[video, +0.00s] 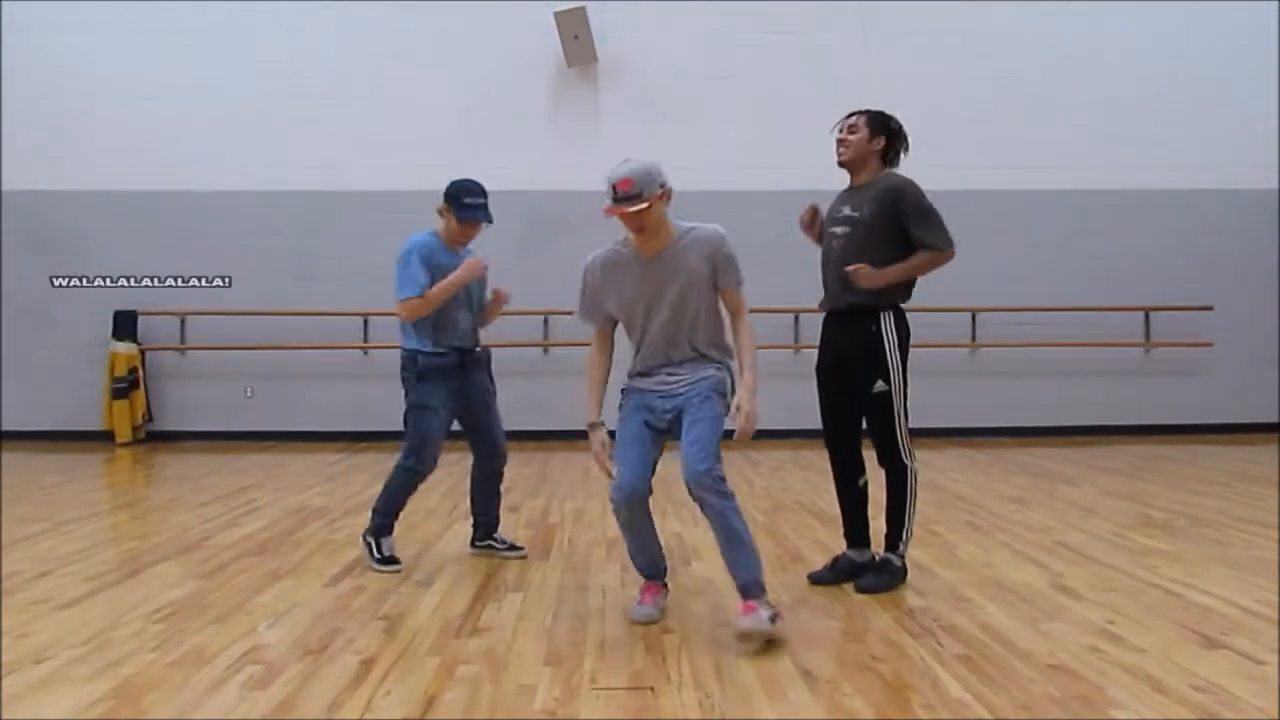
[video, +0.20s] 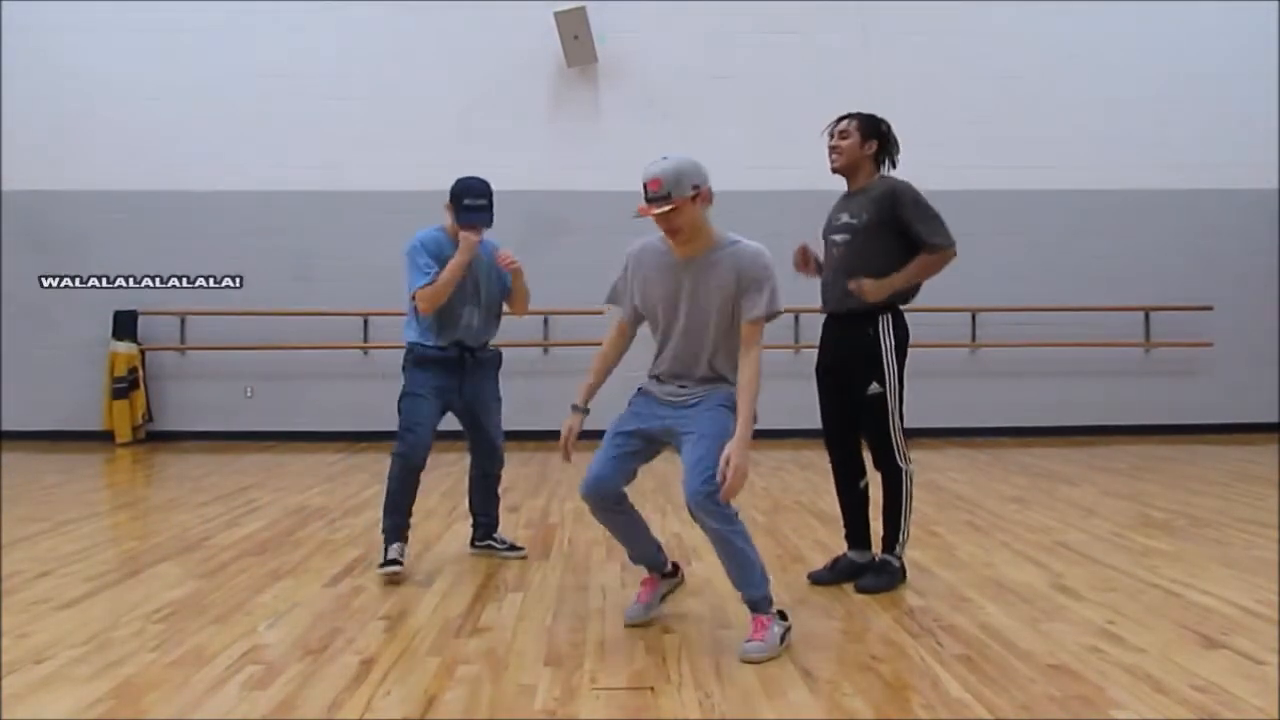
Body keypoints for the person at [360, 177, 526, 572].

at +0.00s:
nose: (471, 231)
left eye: (478, 223)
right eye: (464, 222)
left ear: (485, 221)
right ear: (443, 213)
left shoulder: (470, 258)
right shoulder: (417, 250)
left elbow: (472, 322)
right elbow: (408, 311)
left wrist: (493, 307)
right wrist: (460, 278)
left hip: (470, 365)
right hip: (428, 368)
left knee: (491, 450)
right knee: (421, 457)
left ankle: (485, 533)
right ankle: (378, 532)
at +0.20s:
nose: (473, 227)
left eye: (480, 220)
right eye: (466, 219)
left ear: (490, 216)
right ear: (450, 211)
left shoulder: (491, 251)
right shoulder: (424, 246)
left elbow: (518, 308)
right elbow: (426, 304)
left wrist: (517, 277)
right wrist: (461, 258)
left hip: (478, 367)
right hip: (428, 365)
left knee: (490, 449)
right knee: (412, 449)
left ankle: (485, 532)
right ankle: (395, 541)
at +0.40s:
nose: (446, 232)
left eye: (453, 224)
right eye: (438, 224)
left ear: (465, 216)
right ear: (424, 218)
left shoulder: (480, 252)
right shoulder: (404, 252)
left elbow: (499, 314)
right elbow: (411, 311)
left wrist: (494, 296)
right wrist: (438, 260)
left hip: (473, 371)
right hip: (421, 372)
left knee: (488, 454)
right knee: (403, 460)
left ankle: (484, 534)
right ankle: (381, 556)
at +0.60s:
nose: (401, 234)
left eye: (408, 225)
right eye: (392, 227)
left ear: (421, 215)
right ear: (379, 220)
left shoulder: (446, 247)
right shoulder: (365, 254)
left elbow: (466, 303)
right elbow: (369, 319)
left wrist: (466, 340)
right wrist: (393, 263)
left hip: (445, 369)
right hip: (393, 373)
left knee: (483, 447)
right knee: (376, 462)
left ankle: (486, 526)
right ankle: (376, 559)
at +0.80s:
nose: (373, 215)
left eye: (378, 205)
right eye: (363, 209)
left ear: (391, 194)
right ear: (349, 208)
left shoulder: (426, 237)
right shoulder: (335, 251)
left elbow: (452, 289)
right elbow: (321, 308)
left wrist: (456, 341)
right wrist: (335, 335)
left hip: (430, 364)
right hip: (372, 369)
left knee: (464, 450)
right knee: (367, 467)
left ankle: (479, 544)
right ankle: (375, 560)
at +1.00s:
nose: (356, 211)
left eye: (362, 200)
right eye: (346, 205)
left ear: (378, 189)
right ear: (333, 203)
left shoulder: (414, 233)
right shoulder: (326, 249)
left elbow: (452, 284)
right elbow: (320, 305)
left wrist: (435, 328)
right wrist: (324, 344)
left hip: (413, 363)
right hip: (358, 368)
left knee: (431, 466)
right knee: (361, 470)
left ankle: (446, 569)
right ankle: (375, 559)